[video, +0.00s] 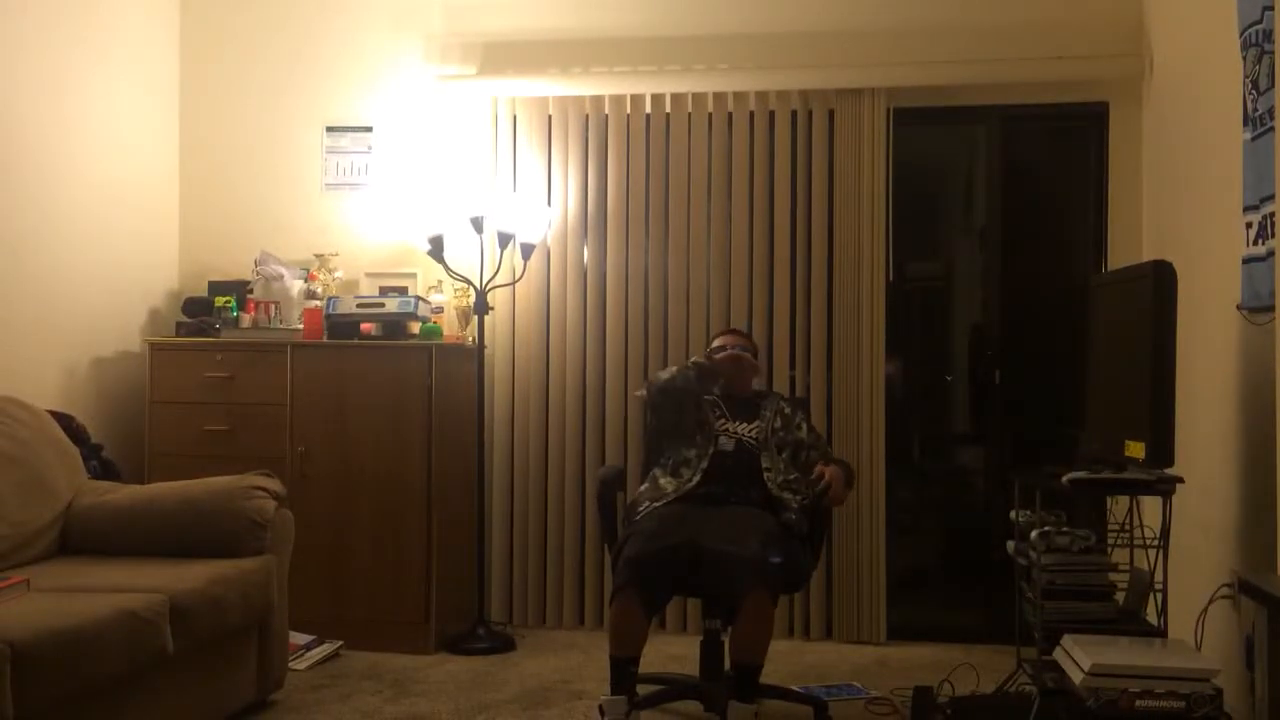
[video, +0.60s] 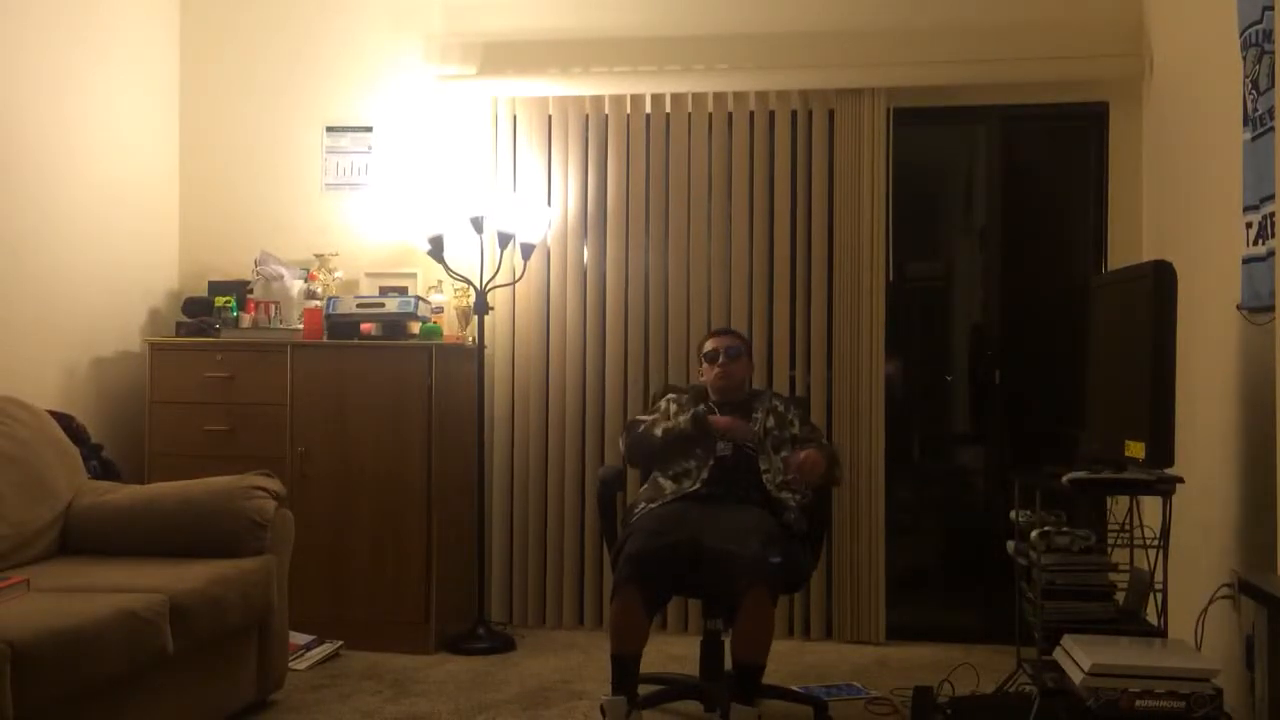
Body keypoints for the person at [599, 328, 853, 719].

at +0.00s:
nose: (733, 355)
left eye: (743, 350)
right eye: (721, 349)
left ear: (758, 366)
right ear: (706, 362)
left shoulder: (780, 409)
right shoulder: (686, 399)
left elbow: (816, 455)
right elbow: (658, 389)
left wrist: (835, 469)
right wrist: (709, 365)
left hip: (753, 508)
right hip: (678, 505)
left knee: (759, 580)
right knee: (636, 571)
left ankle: (744, 703)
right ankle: (620, 695)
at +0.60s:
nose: (721, 362)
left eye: (732, 355)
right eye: (711, 357)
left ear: (750, 365)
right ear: (701, 370)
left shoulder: (779, 409)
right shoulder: (674, 401)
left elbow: (827, 457)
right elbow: (634, 445)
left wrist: (819, 460)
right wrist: (704, 423)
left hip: (750, 508)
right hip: (676, 504)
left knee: (756, 579)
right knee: (636, 568)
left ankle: (746, 703)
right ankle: (622, 696)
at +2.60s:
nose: (733, 352)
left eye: (744, 351)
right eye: (724, 350)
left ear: (760, 374)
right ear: (710, 371)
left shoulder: (781, 413)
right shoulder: (674, 409)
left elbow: (825, 458)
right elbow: (634, 462)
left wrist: (821, 460)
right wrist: (691, 469)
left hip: (750, 508)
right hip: (674, 506)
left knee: (757, 576)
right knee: (637, 566)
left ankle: (746, 704)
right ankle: (621, 695)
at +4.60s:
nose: (728, 353)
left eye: (739, 351)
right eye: (719, 351)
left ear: (756, 372)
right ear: (708, 372)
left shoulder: (779, 411)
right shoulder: (674, 409)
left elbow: (822, 453)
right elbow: (638, 464)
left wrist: (819, 461)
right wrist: (689, 476)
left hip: (750, 508)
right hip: (673, 505)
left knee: (756, 577)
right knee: (638, 567)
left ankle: (746, 705)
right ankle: (621, 695)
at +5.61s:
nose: (722, 354)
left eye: (733, 349)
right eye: (714, 353)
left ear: (752, 370)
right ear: (704, 374)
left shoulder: (780, 411)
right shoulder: (674, 407)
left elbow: (826, 463)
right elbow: (643, 469)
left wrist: (819, 460)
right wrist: (690, 477)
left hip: (749, 508)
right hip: (675, 506)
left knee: (757, 580)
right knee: (634, 572)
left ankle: (745, 704)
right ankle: (637, 693)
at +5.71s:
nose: (722, 358)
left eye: (731, 352)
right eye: (715, 355)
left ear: (752, 369)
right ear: (708, 370)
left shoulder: (773, 407)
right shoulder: (694, 406)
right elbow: (667, 459)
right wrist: (694, 477)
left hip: (758, 511)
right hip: (695, 511)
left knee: (756, 584)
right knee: (681, 578)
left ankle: (746, 698)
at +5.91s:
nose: (742, 379)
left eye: (747, 371)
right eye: (734, 371)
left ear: (754, 374)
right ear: (720, 376)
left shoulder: (777, 412)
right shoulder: (706, 420)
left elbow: (825, 459)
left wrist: (819, 462)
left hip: (781, 532)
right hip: (725, 533)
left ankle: (752, 684)